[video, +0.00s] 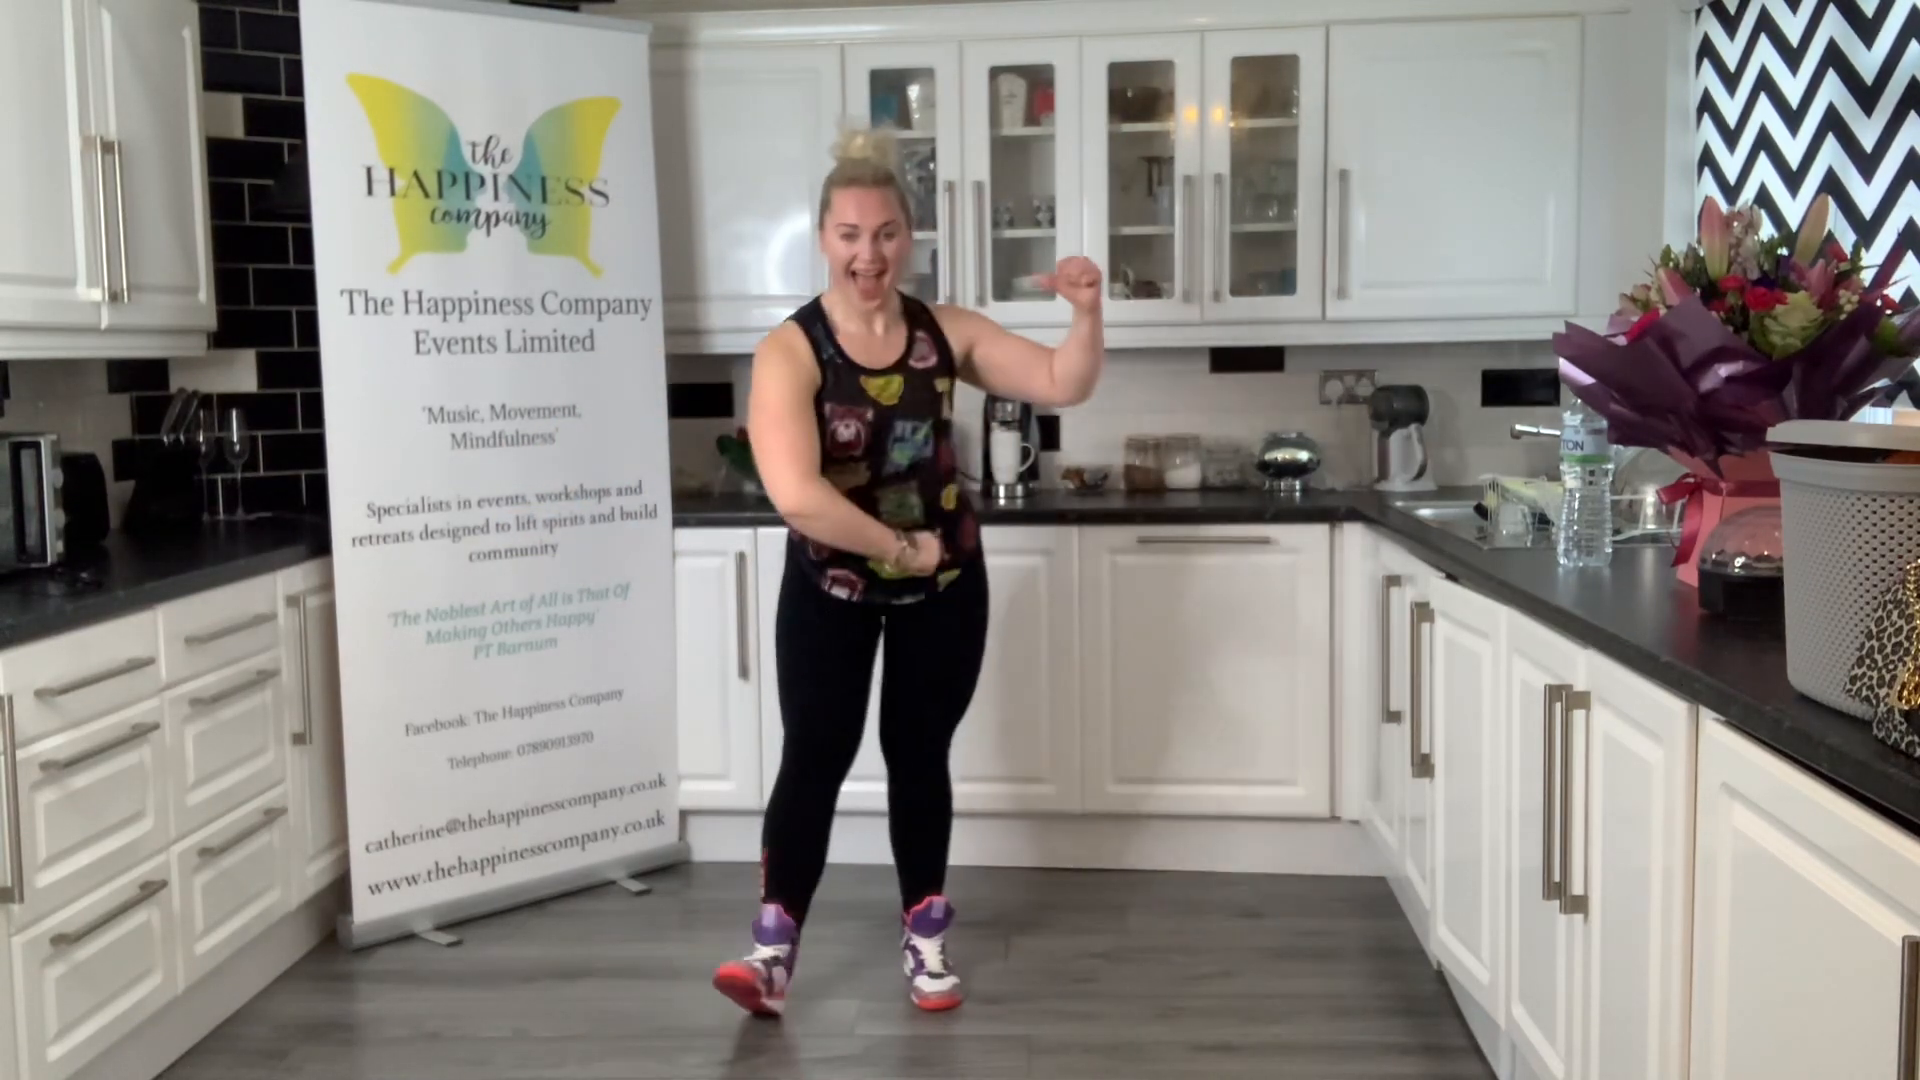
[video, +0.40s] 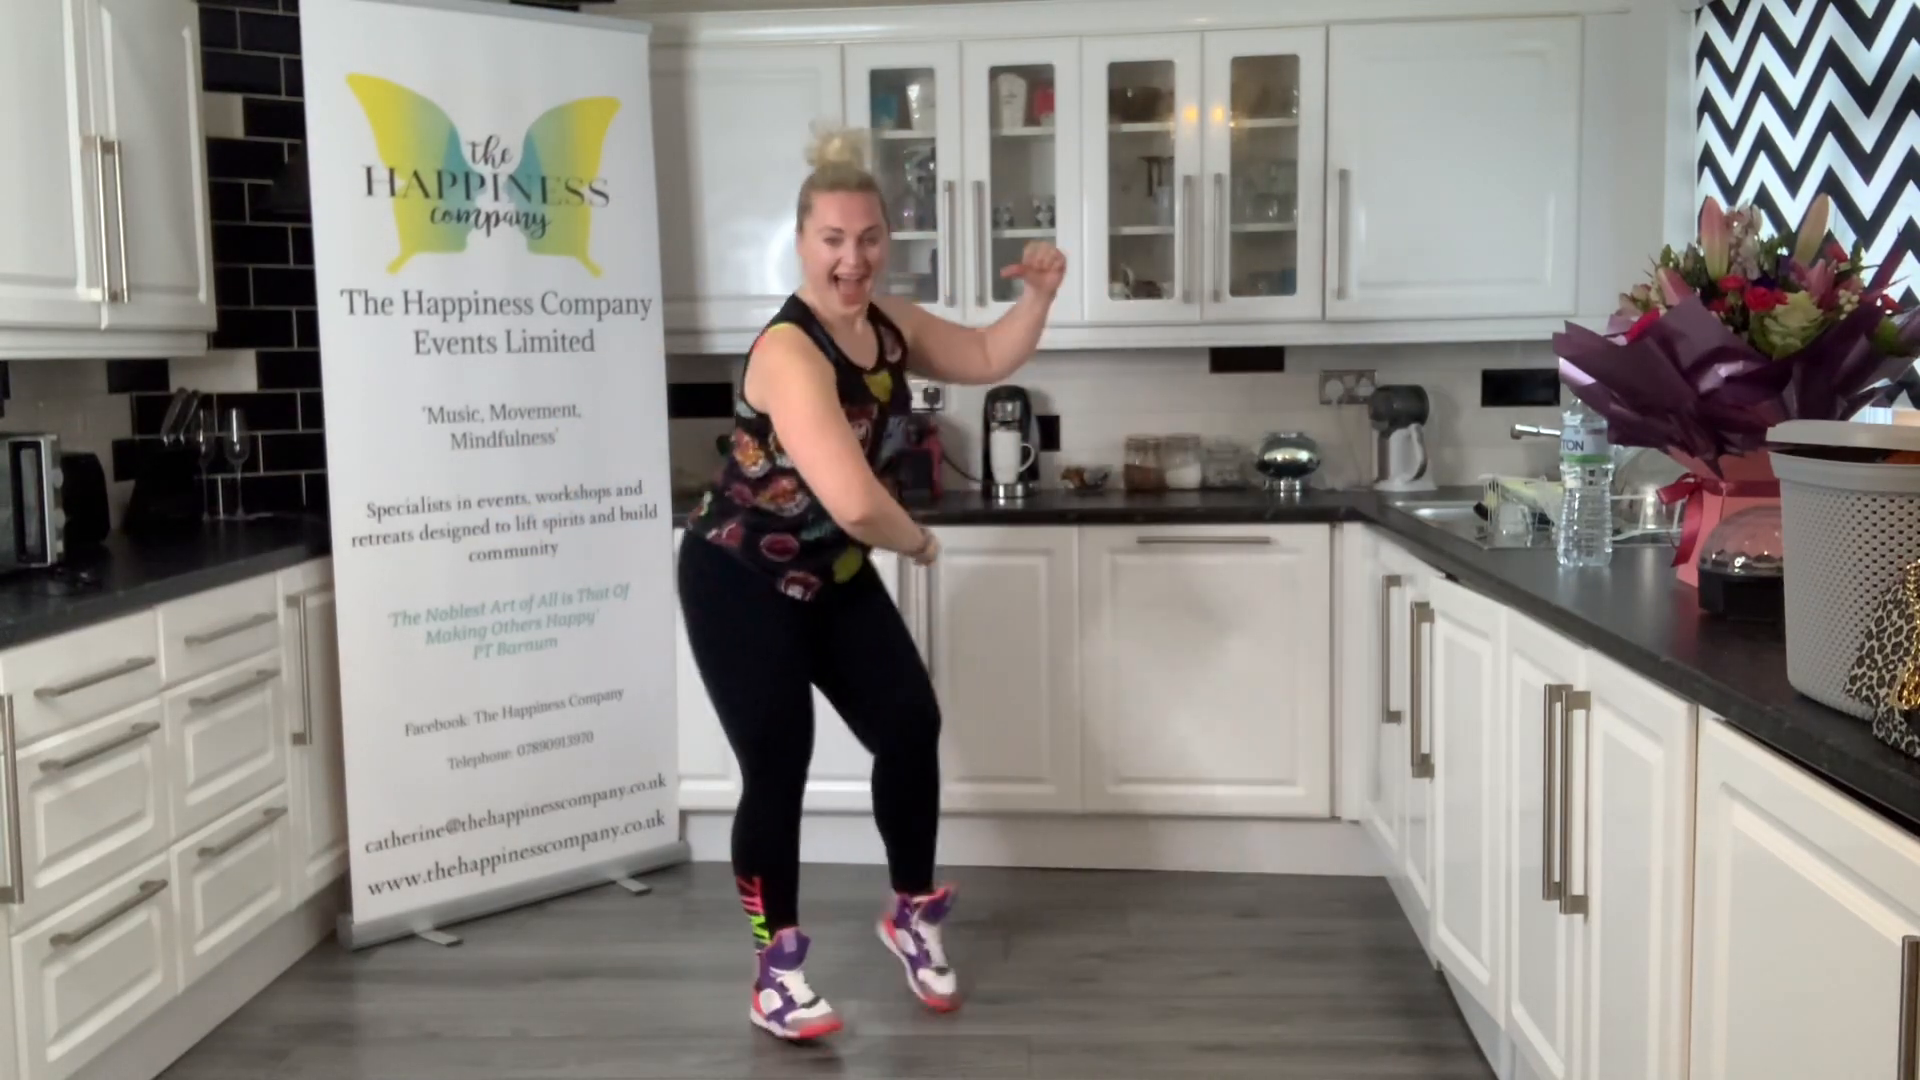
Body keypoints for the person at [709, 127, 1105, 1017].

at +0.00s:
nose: (867, 254)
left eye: (885, 234)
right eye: (848, 235)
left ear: (910, 237)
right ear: (822, 238)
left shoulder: (947, 329)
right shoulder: (788, 353)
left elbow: (1064, 384)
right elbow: (794, 495)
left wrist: (1088, 313)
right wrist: (901, 547)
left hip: (941, 585)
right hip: (830, 587)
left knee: (920, 755)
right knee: (814, 756)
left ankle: (925, 940)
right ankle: (773, 946)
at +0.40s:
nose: (851, 257)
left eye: (868, 238)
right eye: (831, 239)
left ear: (886, 239)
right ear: (800, 241)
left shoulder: (890, 321)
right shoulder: (787, 353)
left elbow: (984, 357)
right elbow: (857, 506)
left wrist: (1037, 295)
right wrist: (915, 540)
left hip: (832, 568)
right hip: (739, 575)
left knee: (909, 723)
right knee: (777, 759)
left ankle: (916, 917)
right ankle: (777, 971)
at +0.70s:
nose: (808, 290)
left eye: (826, 271)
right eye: (789, 271)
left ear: (846, 273)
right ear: (760, 272)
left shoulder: (845, 352)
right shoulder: (746, 386)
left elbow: (938, 385)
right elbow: (803, 546)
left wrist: (993, 321)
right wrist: (854, 567)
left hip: (761, 601)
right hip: (680, 597)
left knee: (817, 772)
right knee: (769, 773)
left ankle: (628, 797)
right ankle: (780, 980)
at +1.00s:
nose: (769, 278)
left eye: (785, 259)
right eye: (749, 260)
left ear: (806, 257)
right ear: (719, 260)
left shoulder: (798, 342)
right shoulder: (710, 373)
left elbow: (888, 380)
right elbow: (750, 535)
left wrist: (942, 317)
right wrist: (790, 555)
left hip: (669, 588)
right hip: (640, 590)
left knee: (569, 760)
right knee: (693, 778)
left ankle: (496, 935)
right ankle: (764, 970)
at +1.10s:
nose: (756, 277)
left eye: (773, 257)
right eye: (736, 258)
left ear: (795, 256)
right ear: (707, 258)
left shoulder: (787, 339)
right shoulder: (697, 369)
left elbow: (875, 380)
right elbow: (743, 531)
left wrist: (926, 322)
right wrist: (780, 540)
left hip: (662, 585)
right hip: (625, 584)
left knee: (562, 759)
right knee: (698, 768)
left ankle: (495, 936)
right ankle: (765, 969)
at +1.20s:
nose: (751, 270)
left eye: (769, 251)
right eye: (731, 251)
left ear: (789, 252)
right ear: (702, 253)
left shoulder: (783, 330)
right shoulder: (693, 361)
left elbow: (870, 383)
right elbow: (728, 519)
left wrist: (917, 336)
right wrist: (785, 512)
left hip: (658, 580)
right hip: (625, 581)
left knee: (569, 753)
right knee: (714, 762)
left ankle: (499, 933)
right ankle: (767, 972)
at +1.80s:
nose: (894, 273)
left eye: (911, 254)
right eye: (875, 256)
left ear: (934, 253)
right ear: (849, 260)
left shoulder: (977, 347)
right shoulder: (834, 369)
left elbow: (1079, 411)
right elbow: (743, 485)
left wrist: (1181, 473)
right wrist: (651, 588)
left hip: (920, 596)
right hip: (817, 601)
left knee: (992, 768)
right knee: (841, 783)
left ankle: (1054, 943)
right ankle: (787, 982)